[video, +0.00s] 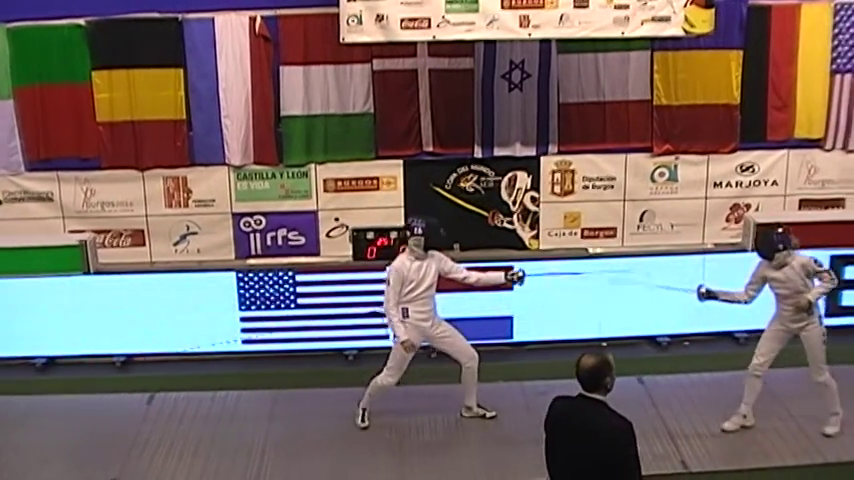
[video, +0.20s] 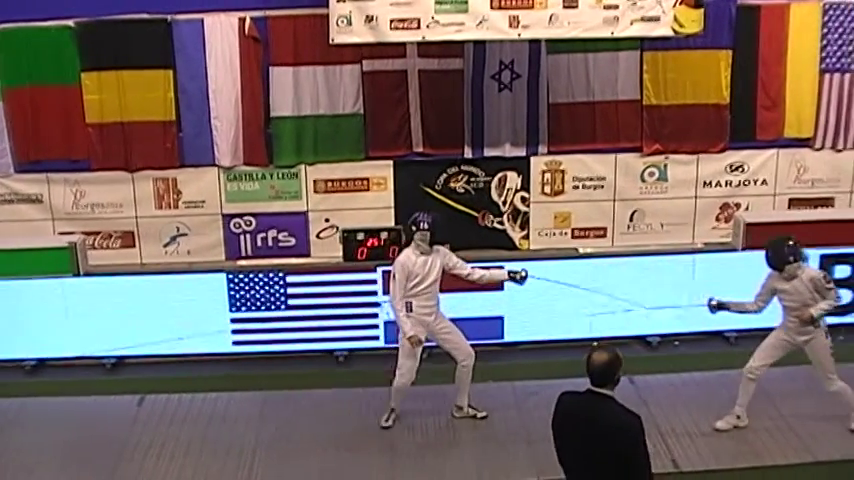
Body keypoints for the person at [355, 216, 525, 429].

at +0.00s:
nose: (419, 242)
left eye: (422, 238)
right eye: (415, 238)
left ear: (427, 239)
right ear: (407, 239)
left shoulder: (436, 259)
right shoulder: (398, 267)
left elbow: (468, 277)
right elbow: (391, 305)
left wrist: (505, 277)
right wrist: (401, 335)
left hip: (434, 324)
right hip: (409, 328)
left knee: (470, 358)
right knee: (389, 379)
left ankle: (470, 407)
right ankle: (364, 406)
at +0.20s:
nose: (423, 236)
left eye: (426, 232)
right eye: (419, 232)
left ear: (431, 234)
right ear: (412, 233)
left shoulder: (441, 254)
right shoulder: (403, 261)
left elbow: (472, 273)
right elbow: (396, 300)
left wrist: (508, 275)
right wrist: (408, 331)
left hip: (435, 318)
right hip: (411, 320)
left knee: (466, 356)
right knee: (404, 376)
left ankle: (461, 407)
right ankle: (392, 409)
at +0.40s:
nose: (410, 242)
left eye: (415, 238)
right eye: (407, 237)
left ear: (420, 240)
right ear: (399, 238)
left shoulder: (427, 260)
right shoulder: (391, 266)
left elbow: (455, 281)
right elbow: (385, 307)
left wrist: (492, 283)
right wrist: (397, 336)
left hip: (425, 323)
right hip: (402, 327)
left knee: (459, 356)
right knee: (393, 384)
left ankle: (452, 407)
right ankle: (367, 408)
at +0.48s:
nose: (400, 246)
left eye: (404, 242)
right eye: (396, 242)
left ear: (409, 245)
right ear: (389, 243)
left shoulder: (416, 264)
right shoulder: (382, 271)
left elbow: (445, 285)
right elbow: (375, 313)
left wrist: (482, 286)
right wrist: (389, 342)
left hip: (416, 327)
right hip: (393, 332)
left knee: (453, 356)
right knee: (382, 388)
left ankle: (448, 407)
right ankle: (348, 410)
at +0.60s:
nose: (381, 250)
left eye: (385, 246)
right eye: (377, 245)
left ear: (390, 248)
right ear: (370, 248)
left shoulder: (397, 269)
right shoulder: (363, 275)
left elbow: (427, 289)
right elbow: (356, 314)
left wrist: (461, 292)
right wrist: (370, 345)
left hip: (394, 330)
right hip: (371, 334)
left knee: (435, 357)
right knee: (363, 390)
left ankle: (440, 407)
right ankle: (337, 412)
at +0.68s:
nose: (370, 245)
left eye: (374, 241)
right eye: (367, 240)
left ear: (380, 244)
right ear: (360, 242)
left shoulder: (385, 266)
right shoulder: (350, 271)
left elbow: (412, 289)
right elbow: (343, 310)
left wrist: (446, 296)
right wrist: (357, 340)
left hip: (381, 328)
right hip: (358, 331)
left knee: (419, 358)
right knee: (352, 387)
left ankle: (433, 407)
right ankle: (331, 413)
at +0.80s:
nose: (356, 242)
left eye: (360, 238)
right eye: (352, 237)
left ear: (365, 240)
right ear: (345, 238)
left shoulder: (369, 262)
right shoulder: (334, 267)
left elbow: (390, 289)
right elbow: (326, 308)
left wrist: (423, 303)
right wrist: (340, 338)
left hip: (364, 324)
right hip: (341, 326)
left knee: (399, 360)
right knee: (340, 382)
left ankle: (407, 408)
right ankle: (326, 414)